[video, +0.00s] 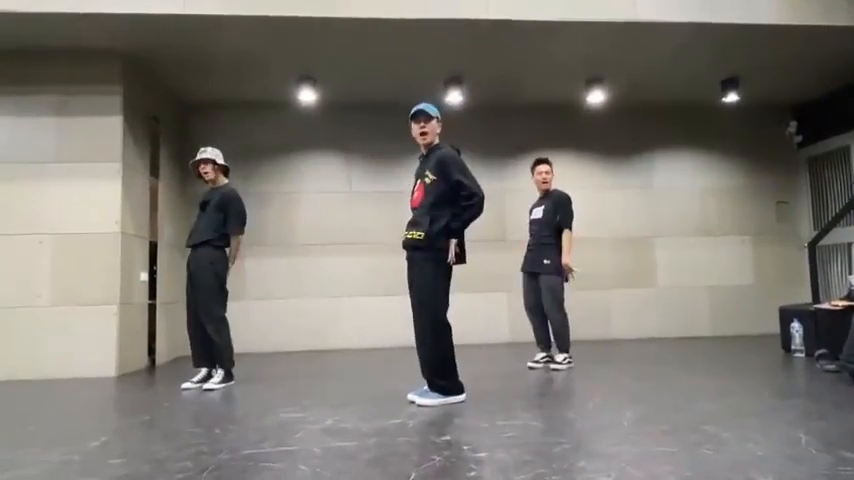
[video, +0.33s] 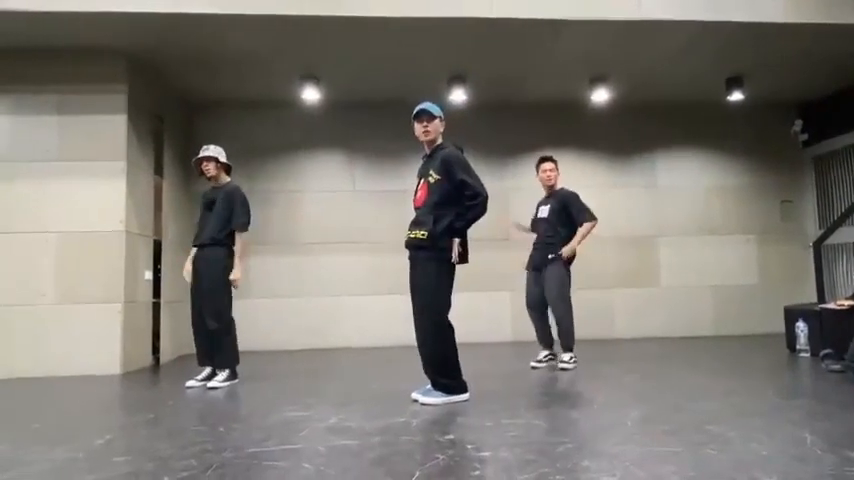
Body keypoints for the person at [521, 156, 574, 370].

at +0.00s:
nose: (544, 176)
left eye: (547, 172)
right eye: (540, 173)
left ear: (553, 175)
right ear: (533, 178)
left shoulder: (561, 198)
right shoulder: (536, 204)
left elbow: (566, 229)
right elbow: (535, 236)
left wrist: (566, 258)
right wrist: (530, 258)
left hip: (551, 263)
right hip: (531, 263)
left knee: (553, 308)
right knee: (533, 308)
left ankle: (564, 353)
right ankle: (544, 351)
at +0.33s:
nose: (549, 174)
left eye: (552, 170)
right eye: (544, 171)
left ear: (558, 173)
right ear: (538, 176)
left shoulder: (567, 196)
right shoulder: (542, 203)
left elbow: (589, 220)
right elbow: (539, 230)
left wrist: (573, 244)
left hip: (556, 259)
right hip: (536, 261)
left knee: (559, 304)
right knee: (534, 304)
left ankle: (568, 353)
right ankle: (547, 350)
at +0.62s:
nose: (549, 172)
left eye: (553, 167)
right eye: (545, 168)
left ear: (559, 170)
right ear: (540, 173)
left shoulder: (570, 195)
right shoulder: (543, 202)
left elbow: (594, 220)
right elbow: (542, 234)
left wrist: (579, 248)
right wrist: (526, 253)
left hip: (562, 258)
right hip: (542, 254)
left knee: (560, 302)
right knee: (511, 268)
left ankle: (571, 350)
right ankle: (543, 298)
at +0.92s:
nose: (543, 170)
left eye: (547, 166)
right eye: (539, 167)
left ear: (553, 170)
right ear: (534, 172)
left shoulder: (566, 195)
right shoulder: (532, 200)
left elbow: (591, 219)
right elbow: (526, 226)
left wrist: (578, 246)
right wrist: (544, 211)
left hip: (561, 254)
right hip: (537, 256)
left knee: (566, 302)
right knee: (531, 303)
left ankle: (575, 349)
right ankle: (518, 347)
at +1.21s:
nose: (536, 168)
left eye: (540, 165)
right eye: (532, 165)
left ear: (547, 169)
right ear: (527, 169)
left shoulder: (559, 194)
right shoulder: (522, 194)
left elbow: (580, 221)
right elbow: (516, 220)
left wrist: (568, 246)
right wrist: (537, 204)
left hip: (554, 255)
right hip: (529, 257)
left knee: (565, 302)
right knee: (519, 301)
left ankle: (577, 347)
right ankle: (516, 346)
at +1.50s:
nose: (511, 175)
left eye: (515, 171)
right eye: (507, 172)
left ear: (523, 174)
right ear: (503, 178)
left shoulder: (539, 196)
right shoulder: (506, 205)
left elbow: (555, 225)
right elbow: (506, 235)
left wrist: (547, 251)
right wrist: (514, 222)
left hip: (536, 255)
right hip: (514, 257)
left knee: (536, 303)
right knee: (505, 301)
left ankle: (571, 337)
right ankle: (513, 346)